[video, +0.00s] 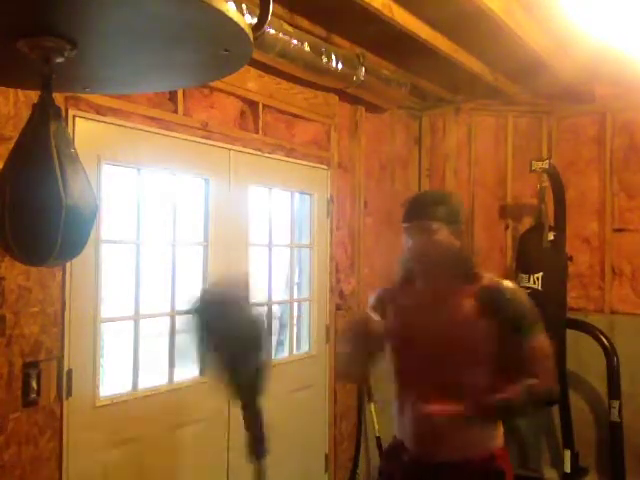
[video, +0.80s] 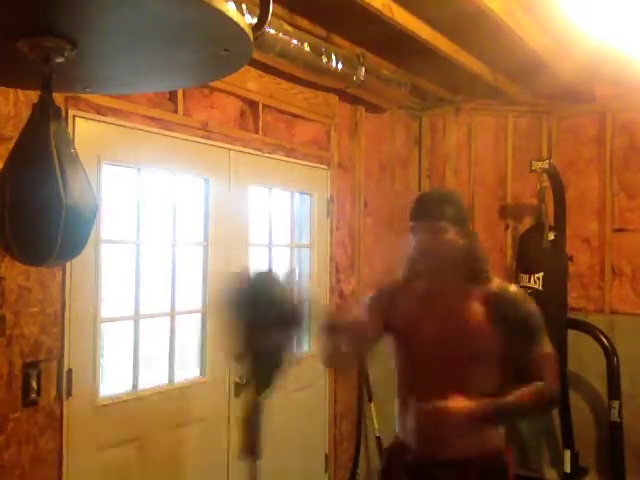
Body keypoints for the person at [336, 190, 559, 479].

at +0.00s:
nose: (419, 245)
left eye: (430, 232)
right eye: (412, 234)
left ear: (457, 235)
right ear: (404, 239)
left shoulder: (501, 300)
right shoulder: (391, 303)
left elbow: (545, 383)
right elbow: (352, 372)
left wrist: (486, 406)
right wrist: (356, 344)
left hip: (479, 463)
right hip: (412, 462)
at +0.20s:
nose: (423, 245)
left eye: (436, 234)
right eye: (415, 234)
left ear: (463, 237)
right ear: (408, 238)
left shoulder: (504, 306)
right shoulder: (386, 296)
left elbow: (540, 390)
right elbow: (343, 356)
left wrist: (475, 376)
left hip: (475, 464)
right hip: (403, 463)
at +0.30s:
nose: (417, 246)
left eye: (430, 234)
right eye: (409, 234)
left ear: (456, 236)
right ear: (401, 239)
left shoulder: (494, 302)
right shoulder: (382, 301)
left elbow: (527, 385)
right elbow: (359, 376)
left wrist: (452, 351)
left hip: (470, 462)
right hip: (401, 463)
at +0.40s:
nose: (401, 243)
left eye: (414, 232)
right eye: (396, 232)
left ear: (443, 236)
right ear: (391, 238)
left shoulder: (477, 293)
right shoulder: (387, 299)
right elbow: (378, 372)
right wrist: (373, 422)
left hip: (470, 459)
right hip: (408, 459)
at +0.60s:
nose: (395, 248)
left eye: (407, 236)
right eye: (393, 237)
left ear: (436, 239)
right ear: (389, 241)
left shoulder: (465, 290)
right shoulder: (402, 307)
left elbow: (452, 355)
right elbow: (412, 389)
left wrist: (368, 368)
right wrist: (369, 395)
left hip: (470, 462)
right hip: (418, 458)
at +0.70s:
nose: (408, 247)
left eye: (422, 235)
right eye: (404, 235)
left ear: (450, 239)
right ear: (399, 240)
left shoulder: (485, 297)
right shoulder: (404, 306)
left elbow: (532, 377)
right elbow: (400, 379)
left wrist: (447, 398)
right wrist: (372, 371)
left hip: (477, 462)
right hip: (417, 459)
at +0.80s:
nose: (424, 244)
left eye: (437, 232)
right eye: (418, 233)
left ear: (464, 237)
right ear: (410, 237)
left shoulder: (505, 303)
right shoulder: (393, 300)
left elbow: (548, 388)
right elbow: (348, 356)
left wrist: (476, 410)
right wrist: (338, 335)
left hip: (479, 462)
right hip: (414, 461)